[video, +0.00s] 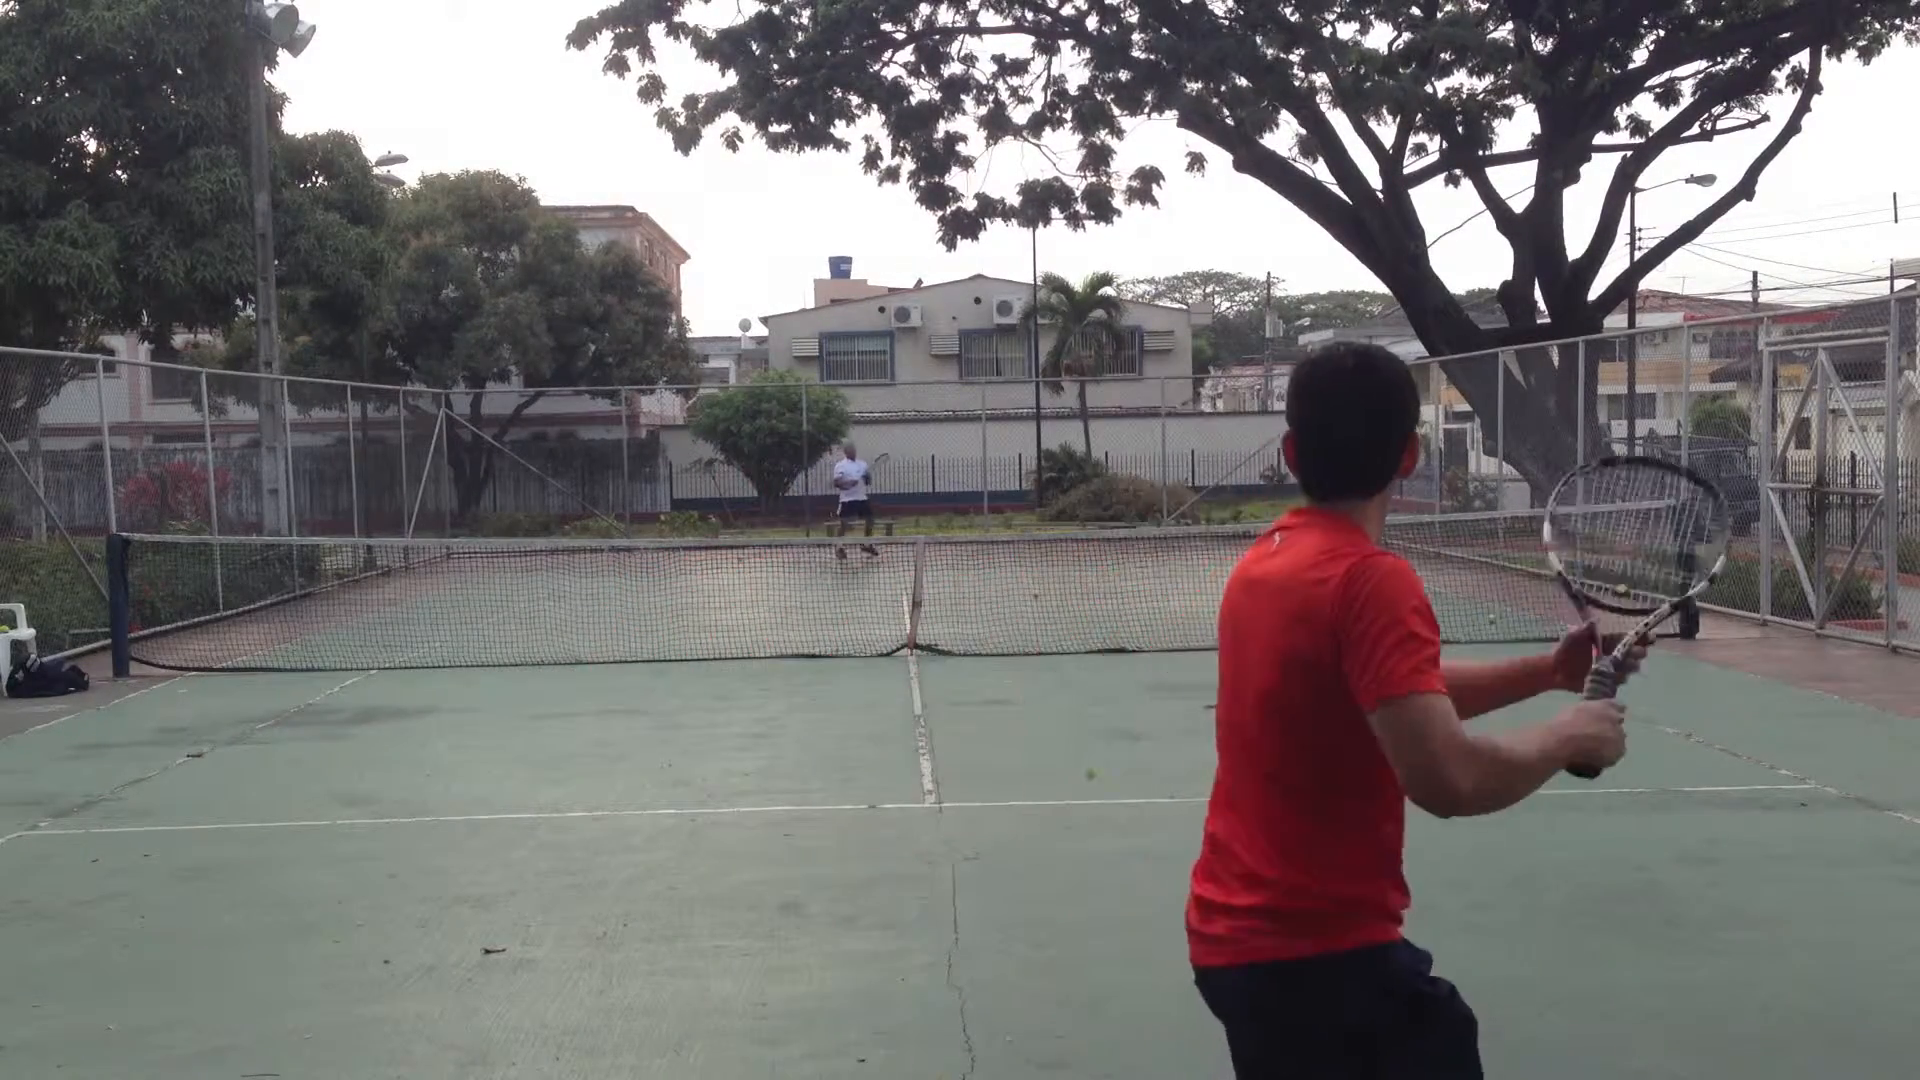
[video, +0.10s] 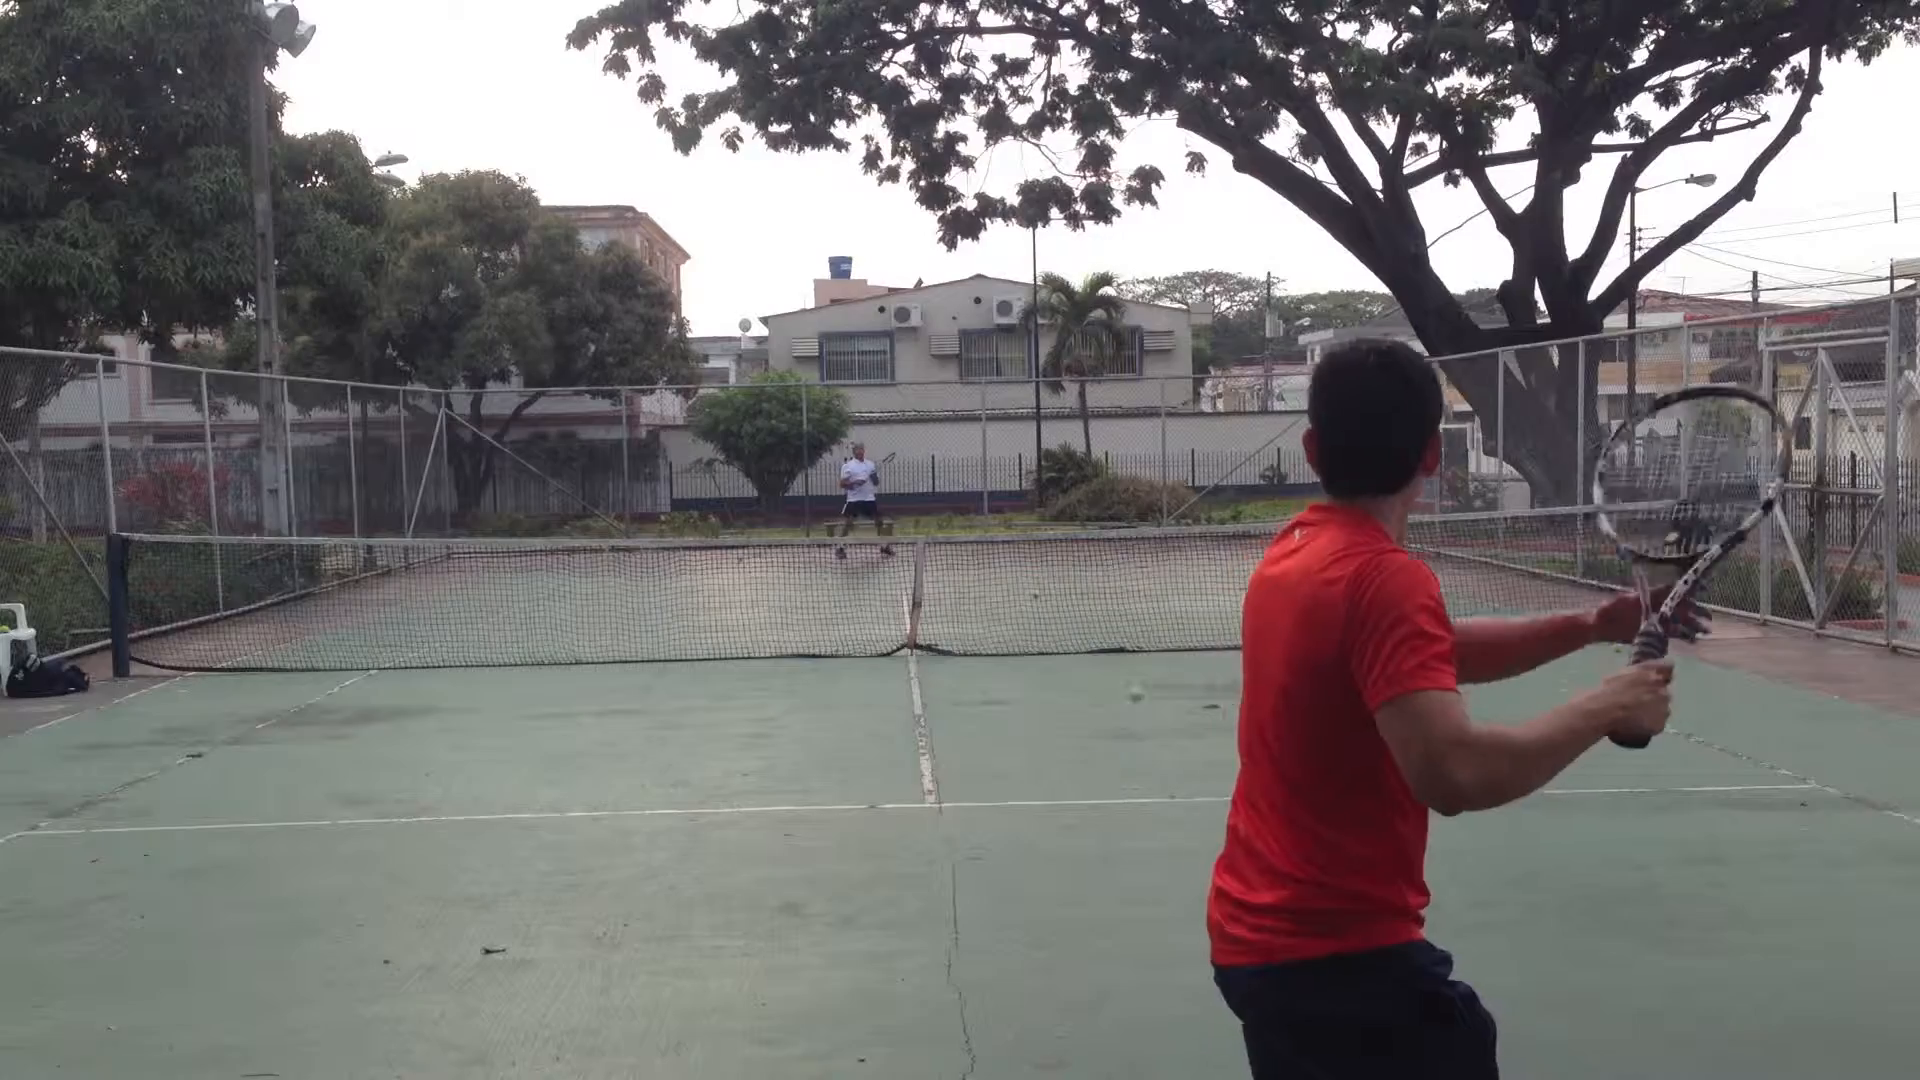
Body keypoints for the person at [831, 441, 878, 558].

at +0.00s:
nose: (851, 453)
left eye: (853, 450)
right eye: (849, 451)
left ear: (855, 451)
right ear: (845, 452)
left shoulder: (862, 464)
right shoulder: (840, 466)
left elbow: (868, 482)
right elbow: (837, 482)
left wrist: (867, 477)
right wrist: (849, 483)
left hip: (861, 498)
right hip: (847, 499)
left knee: (870, 520)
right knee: (844, 524)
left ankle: (867, 543)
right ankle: (839, 546)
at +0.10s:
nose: (860, 454)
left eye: (862, 451)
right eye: (858, 452)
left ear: (864, 452)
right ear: (854, 453)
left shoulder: (870, 465)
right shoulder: (847, 466)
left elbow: (876, 483)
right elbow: (843, 484)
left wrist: (874, 477)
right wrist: (855, 482)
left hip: (869, 499)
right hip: (853, 500)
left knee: (879, 522)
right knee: (848, 523)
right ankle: (841, 547)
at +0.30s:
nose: (874, 454)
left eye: (876, 452)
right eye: (872, 452)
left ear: (879, 451)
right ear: (868, 452)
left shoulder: (887, 464)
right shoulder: (863, 466)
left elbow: (893, 480)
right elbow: (856, 482)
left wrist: (886, 476)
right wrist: (869, 482)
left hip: (884, 499)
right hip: (868, 500)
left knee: (889, 522)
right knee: (860, 522)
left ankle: (888, 545)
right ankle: (854, 544)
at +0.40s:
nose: (877, 450)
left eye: (879, 447)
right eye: (875, 448)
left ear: (882, 447)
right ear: (871, 448)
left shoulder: (889, 459)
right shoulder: (866, 461)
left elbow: (898, 474)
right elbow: (862, 478)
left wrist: (890, 471)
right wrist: (871, 479)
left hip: (887, 494)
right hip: (872, 494)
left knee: (890, 520)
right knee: (872, 521)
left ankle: (890, 544)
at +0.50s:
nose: (880, 451)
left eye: (882, 448)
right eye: (878, 449)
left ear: (885, 448)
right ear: (874, 448)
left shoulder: (892, 458)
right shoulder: (869, 461)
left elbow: (901, 475)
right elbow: (863, 479)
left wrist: (895, 472)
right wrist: (873, 477)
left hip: (892, 493)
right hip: (878, 494)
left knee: (897, 518)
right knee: (882, 520)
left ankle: (900, 541)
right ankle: (887, 544)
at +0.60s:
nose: (882, 453)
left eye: (884, 450)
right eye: (880, 451)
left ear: (888, 450)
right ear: (877, 451)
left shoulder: (894, 463)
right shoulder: (872, 466)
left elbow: (904, 480)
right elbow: (867, 483)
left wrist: (897, 475)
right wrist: (877, 480)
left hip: (896, 497)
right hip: (881, 499)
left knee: (903, 518)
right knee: (883, 523)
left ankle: (913, 541)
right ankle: (887, 545)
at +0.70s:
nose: (887, 454)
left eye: (889, 452)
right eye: (884, 452)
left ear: (892, 452)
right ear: (881, 453)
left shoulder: (899, 465)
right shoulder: (877, 468)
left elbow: (907, 482)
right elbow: (871, 485)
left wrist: (899, 477)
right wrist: (882, 482)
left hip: (900, 500)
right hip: (885, 501)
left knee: (910, 521)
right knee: (886, 525)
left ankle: (922, 542)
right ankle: (888, 546)